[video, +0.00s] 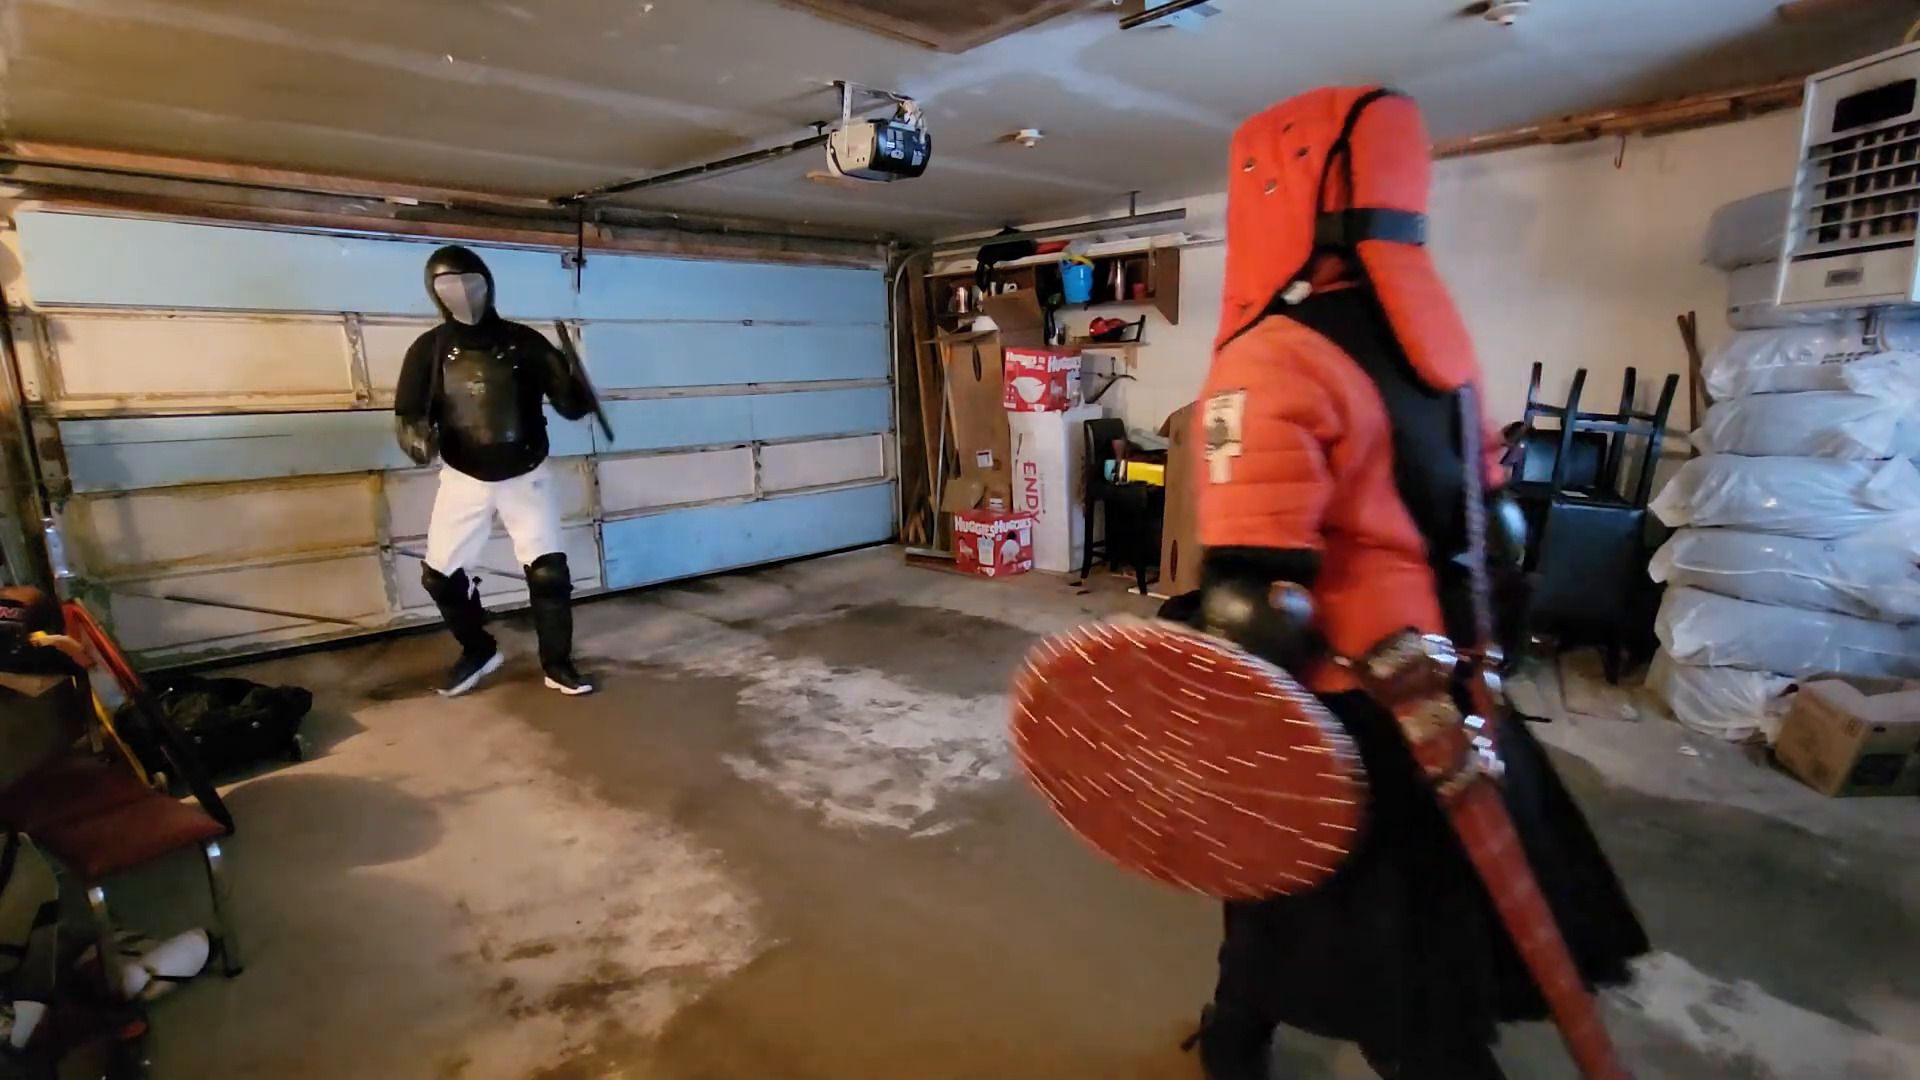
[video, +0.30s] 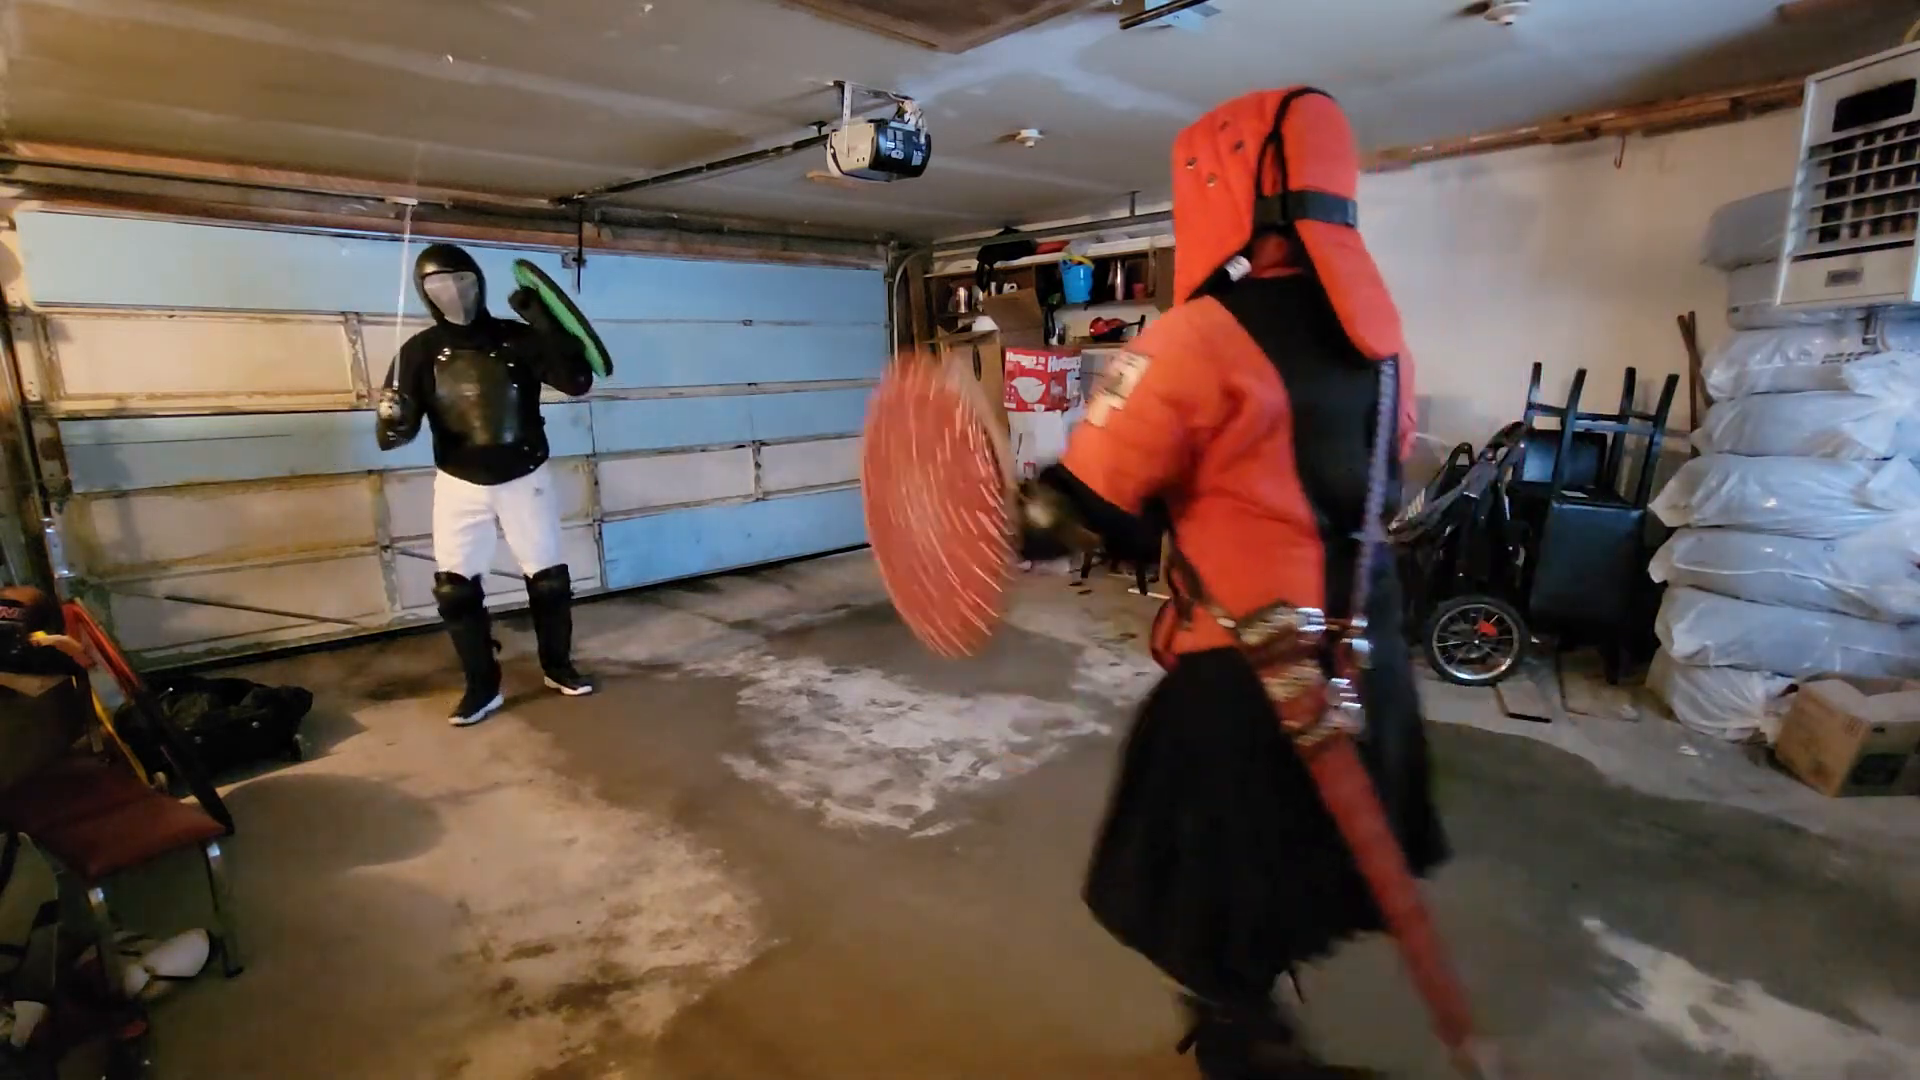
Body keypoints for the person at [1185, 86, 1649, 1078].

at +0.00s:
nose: (1402, 202)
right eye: (1389, 183)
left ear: (1280, 196)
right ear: (1390, 193)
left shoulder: (1270, 364)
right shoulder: (1433, 342)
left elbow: (1252, 611)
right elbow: (1496, 521)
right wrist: (1485, 661)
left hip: (1341, 724)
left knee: (1274, 909)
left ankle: (1234, 1040)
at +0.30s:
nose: (1179, 212)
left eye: (1188, 192)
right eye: (1187, 192)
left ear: (1219, 197)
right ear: (1335, 194)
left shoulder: (1203, 334)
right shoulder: (1373, 334)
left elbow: (1091, 498)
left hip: (1243, 677)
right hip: (1363, 668)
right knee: (1308, 859)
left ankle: (1251, 1039)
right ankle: (1234, 1012)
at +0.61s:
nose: (1108, 223)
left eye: (1118, 205)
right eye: (1113, 205)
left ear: (1145, 212)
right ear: (1235, 207)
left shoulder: (1104, 335)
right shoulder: (1298, 343)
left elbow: (975, 407)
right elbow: (1303, 445)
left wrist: (922, 389)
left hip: (1127, 640)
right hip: (1251, 637)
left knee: (1036, 791)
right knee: (1223, 845)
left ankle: (959, 946)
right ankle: (1228, 1041)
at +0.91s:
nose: (974, 250)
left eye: (983, 235)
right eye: (985, 234)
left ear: (1006, 242)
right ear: (1107, 241)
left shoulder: (960, 352)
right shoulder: (1155, 359)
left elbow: (837, 428)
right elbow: (1189, 490)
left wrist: (807, 407)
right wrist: (1119, 523)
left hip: (1001, 636)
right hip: (1125, 633)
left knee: (933, 769)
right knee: (1163, 816)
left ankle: (922, 940)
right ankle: (1208, 1014)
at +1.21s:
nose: (926, 250)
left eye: (933, 236)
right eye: (932, 236)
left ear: (953, 239)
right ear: (1050, 237)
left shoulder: (911, 349)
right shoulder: (1108, 352)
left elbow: (809, 454)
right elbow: (1141, 486)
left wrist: (773, 429)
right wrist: (1093, 553)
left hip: (969, 609)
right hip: (1095, 603)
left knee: (922, 768)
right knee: (1146, 784)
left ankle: (920, 942)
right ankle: (1199, 982)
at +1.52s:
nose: (958, 260)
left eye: (965, 244)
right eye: (961, 245)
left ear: (986, 247)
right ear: (1079, 245)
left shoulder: (945, 358)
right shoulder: (1137, 355)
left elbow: (845, 460)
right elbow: (1174, 493)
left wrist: (811, 447)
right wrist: (1107, 540)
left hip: (1002, 624)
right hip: (1127, 618)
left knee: (940, 773)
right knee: (1171, 802)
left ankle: (925, 942)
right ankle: (1216, 999)